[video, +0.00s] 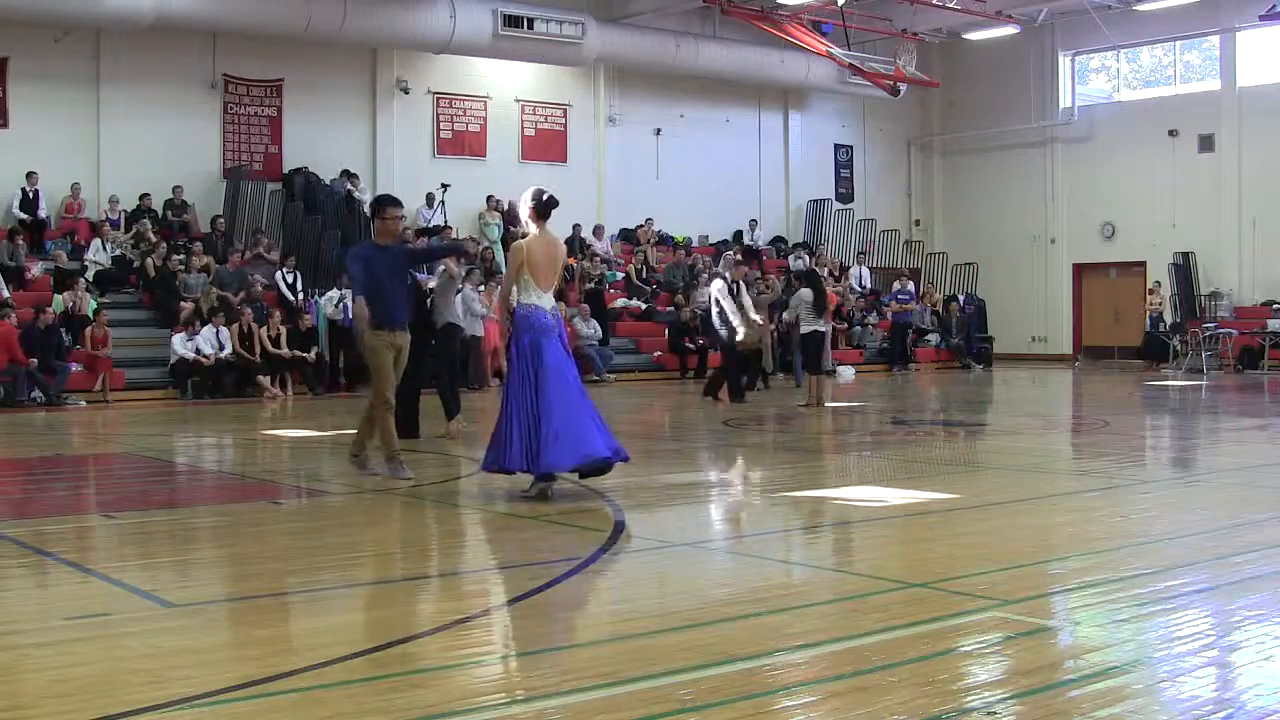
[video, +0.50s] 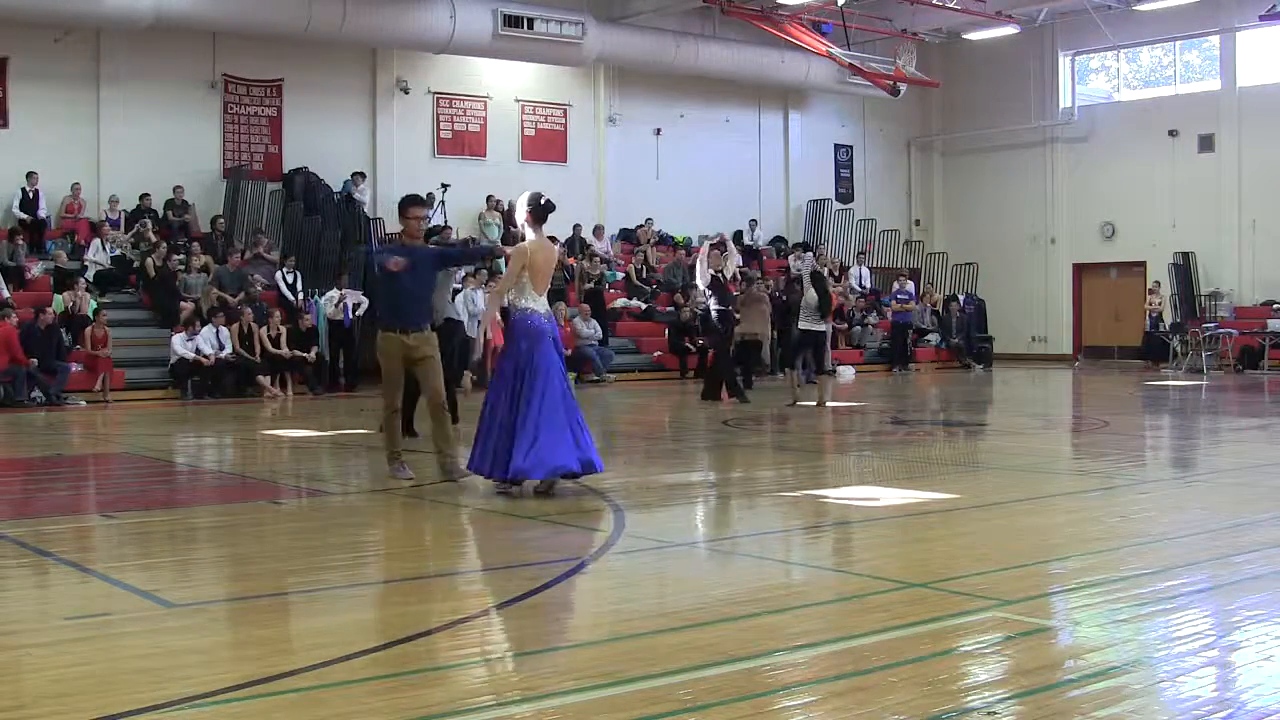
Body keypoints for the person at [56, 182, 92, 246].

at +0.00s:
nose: (78, 191)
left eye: (79, 189)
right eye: (75, 189)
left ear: (80, 190)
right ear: (71, 190)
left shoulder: (82, 201)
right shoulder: (66, 199)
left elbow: (82, 213)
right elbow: (61, 214)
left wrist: (78, 216)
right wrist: (72, 216)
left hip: (78, 220)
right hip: (67, 220)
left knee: (84, 222)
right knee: (81, 225)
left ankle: (81, 241)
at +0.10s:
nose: (78, 191)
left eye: (79, 189)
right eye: (76, 189)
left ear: (81, 191)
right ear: (72, 190)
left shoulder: (82, 202)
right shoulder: (66, 199)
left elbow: (81, 214)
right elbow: (61, 214)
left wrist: (78, 216)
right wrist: (72, 216)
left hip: (77, 220)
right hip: (66, 221)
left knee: (84, 222)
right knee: (82, 225)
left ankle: (81, 241)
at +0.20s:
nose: (78, 191)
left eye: (79, 189)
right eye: (76, 189)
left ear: (81, 190)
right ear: (72, 190)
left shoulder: (82, 201)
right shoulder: (67, 199)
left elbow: (82, 214)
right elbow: (62, 214)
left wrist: (79, 216)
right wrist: (73, 216)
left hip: (78, 220)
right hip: (66, 221)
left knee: (84, 222)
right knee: (82, 226)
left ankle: (80, 240)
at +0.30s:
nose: (78, 191)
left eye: (79, 189)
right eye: (76, 189)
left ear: (81, 190)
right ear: (72, 190)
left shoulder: (82, 201)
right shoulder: (67, 199)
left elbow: (82, 214)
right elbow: (62, 214)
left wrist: (79, 216)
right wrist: (73, 216)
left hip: (78, 220)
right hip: (66, 221)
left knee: (84, 222)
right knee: (82, 226)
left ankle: (80, 240)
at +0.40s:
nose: (78, 191)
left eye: (79, 189)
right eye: (76, 189)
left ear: (81, 191)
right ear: (72, 190)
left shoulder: (83, 202)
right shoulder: (67, 199)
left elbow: (82, 215)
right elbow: (62, 214)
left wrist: (79, 216)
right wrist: (73, 216)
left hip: (78, 220)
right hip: (66, 221)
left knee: (84, 221)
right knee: (82, 226)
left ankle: (81, 240)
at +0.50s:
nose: (78, 191)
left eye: (79, 189)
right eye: (76, 189)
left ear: (81, 191)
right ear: (72, 190)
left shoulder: (83, 202)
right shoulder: (67, 199)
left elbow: (82, 215)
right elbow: (62, 214)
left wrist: (79, 216)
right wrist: (73, 216)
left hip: (78, 220)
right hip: (66, 221)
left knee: (84, 221)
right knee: (82, 226)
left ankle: (81, 240)